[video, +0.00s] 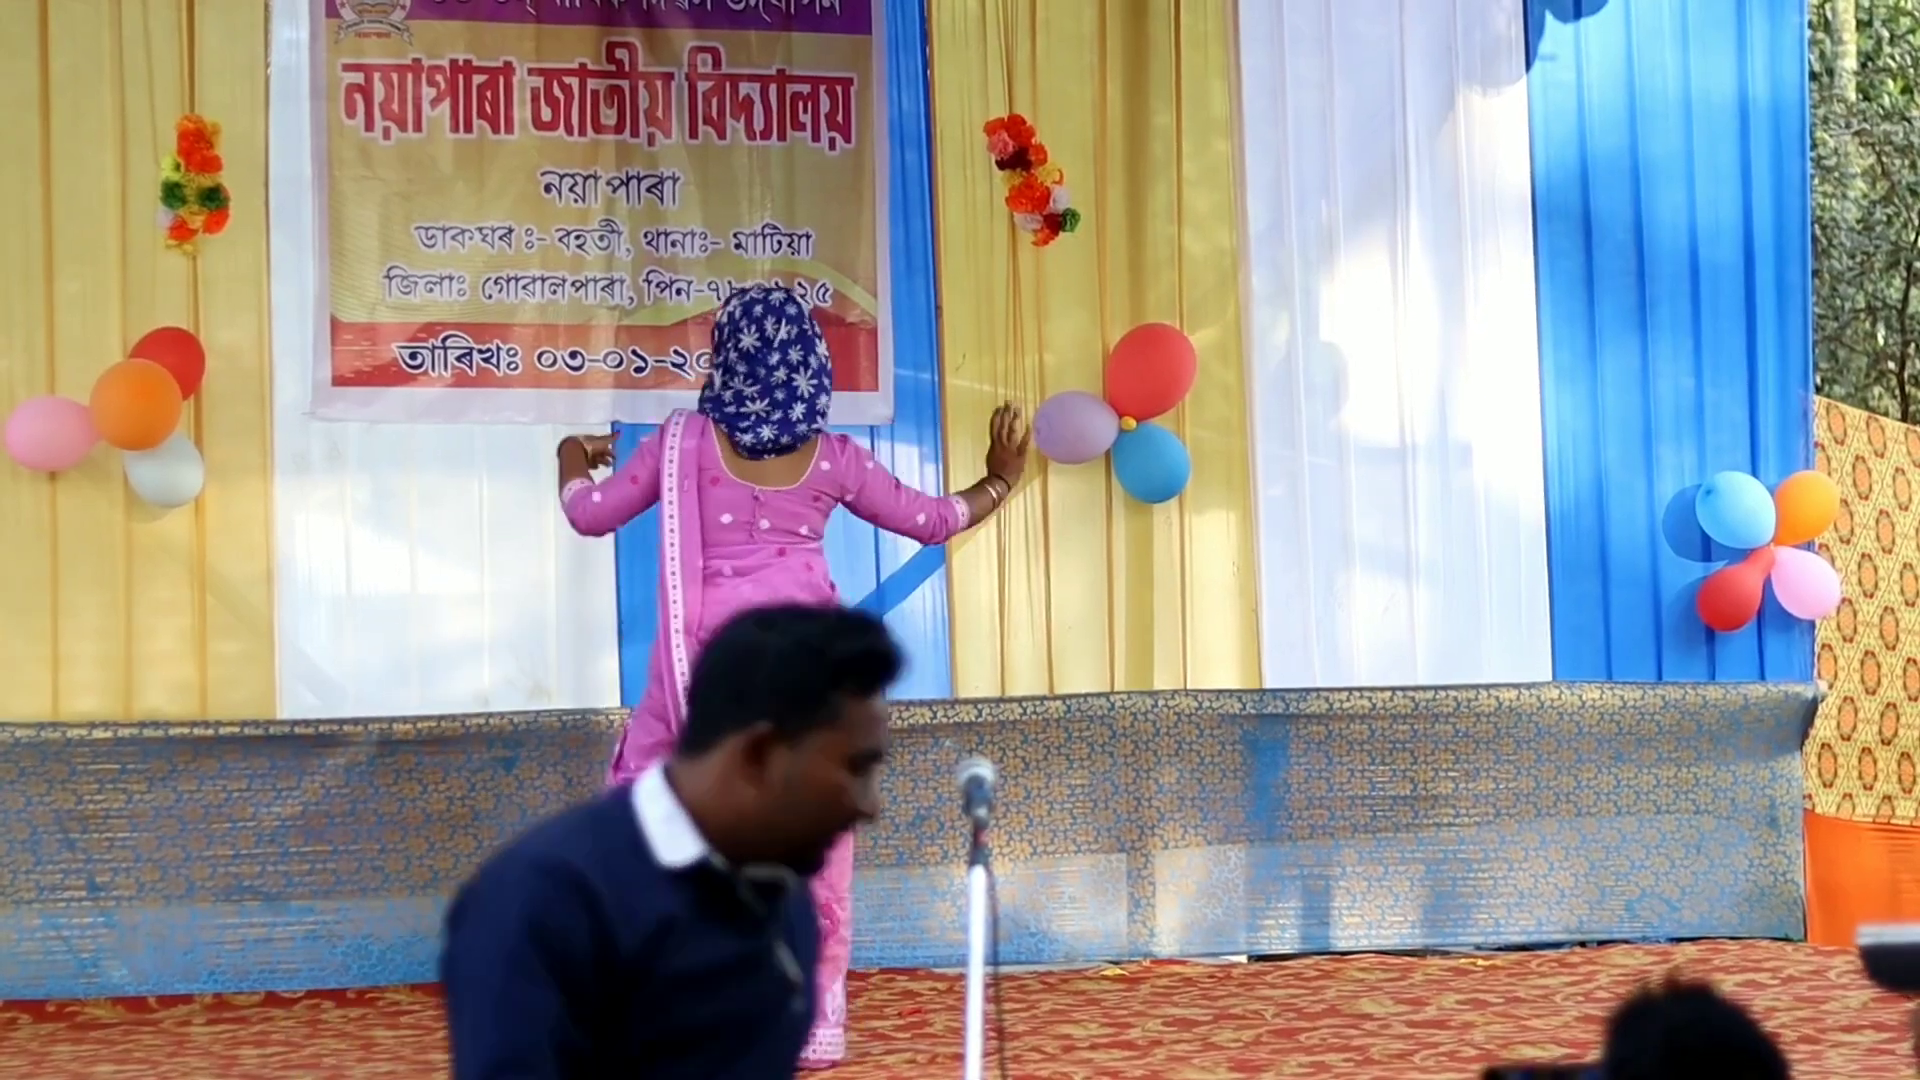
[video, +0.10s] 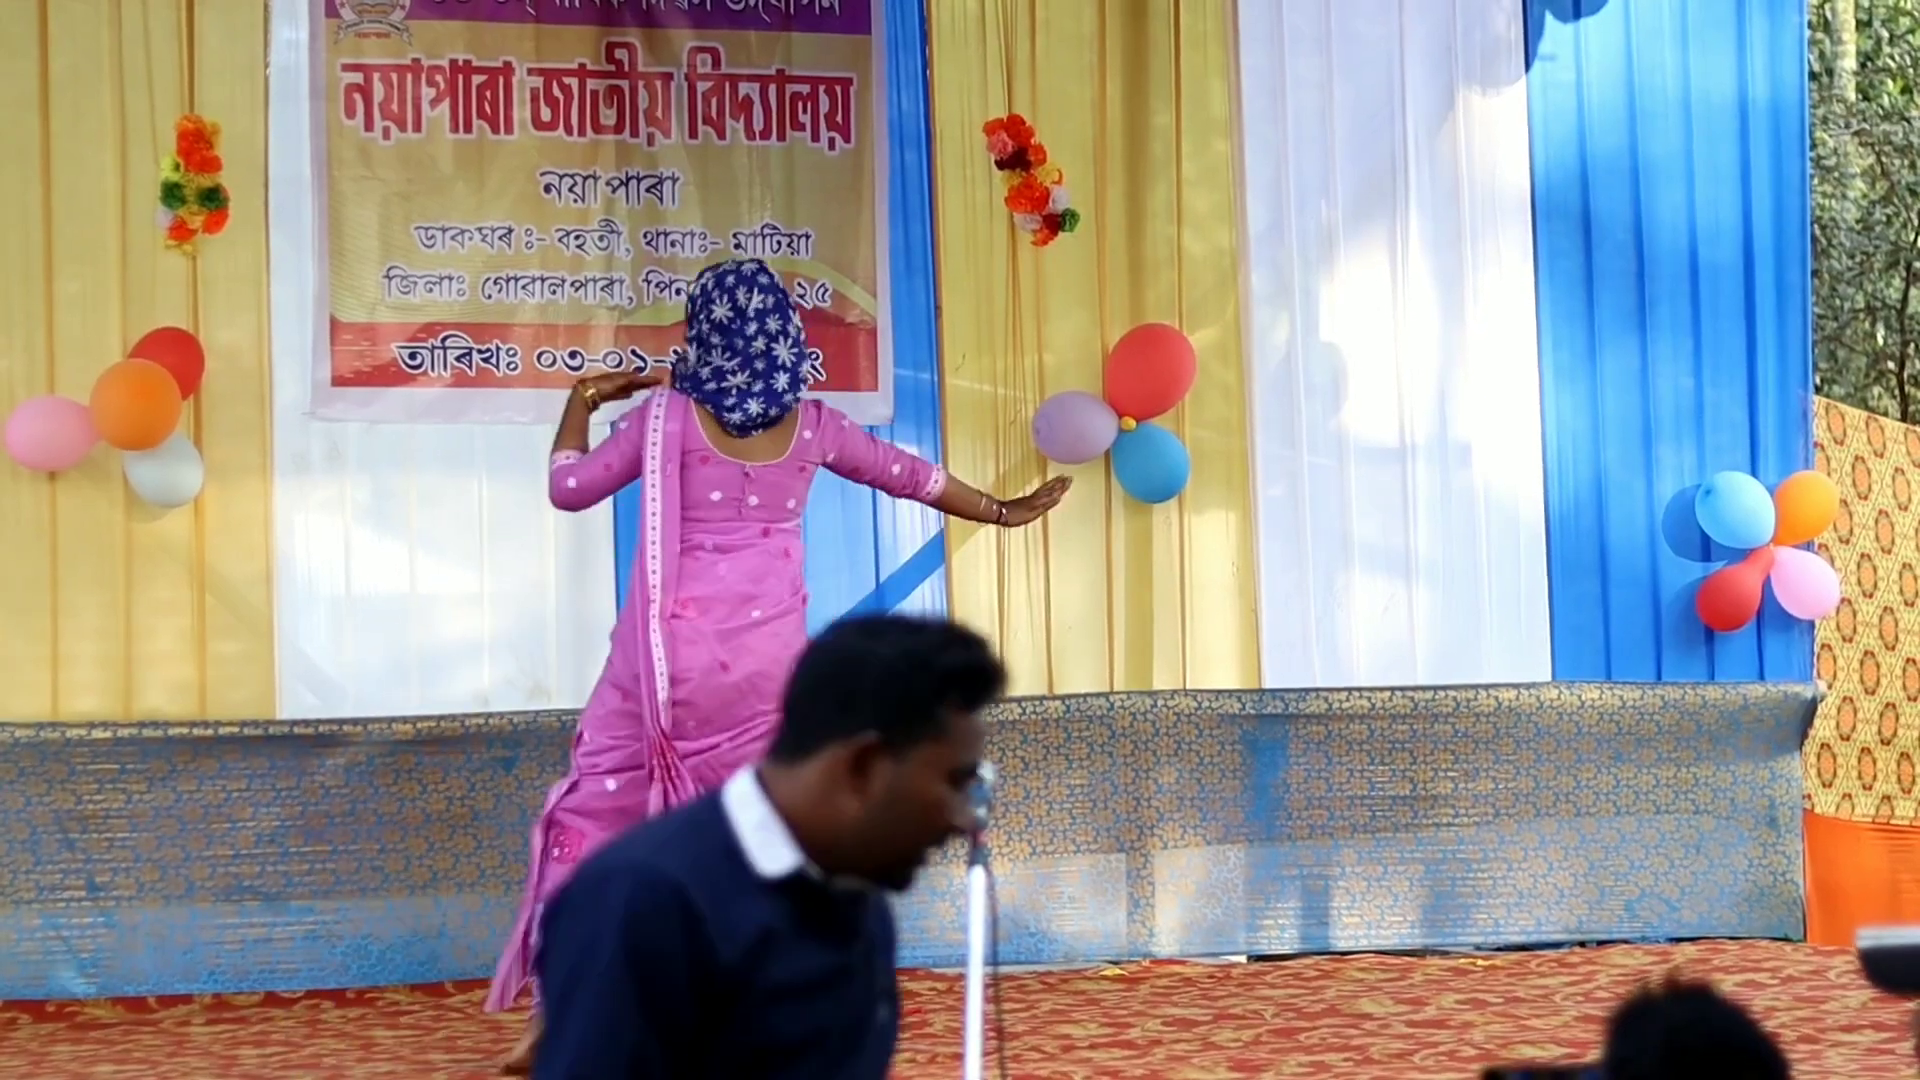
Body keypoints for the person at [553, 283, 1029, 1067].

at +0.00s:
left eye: (716, 352)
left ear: (722, 361)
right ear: (812, 366)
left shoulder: (679, 443)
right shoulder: (832, 458)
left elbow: (590, 514)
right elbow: (934, 519)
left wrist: (572, 467)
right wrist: (1000, 484)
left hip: (694, 671)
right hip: (802, 669)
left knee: (641, 814)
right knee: (819, 838)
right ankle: (816, 1028)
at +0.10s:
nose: (681, 342)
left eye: (690, 329)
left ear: (699, 337)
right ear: (785, 338)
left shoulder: (662, 419)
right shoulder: (814, 425)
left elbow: (569, 488)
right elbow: (908, 474)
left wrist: (578, 401)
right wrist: (1002, 509)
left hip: (662, 650)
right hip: (767, 650)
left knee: (591, 814)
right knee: (757, 828)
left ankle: (566, 1013)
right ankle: (765, 1010)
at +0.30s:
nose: (643, 352)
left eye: (650, 341)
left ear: (657, 351)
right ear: (733, 348)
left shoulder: (627, 435)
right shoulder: (770, 439)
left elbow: (530, 494)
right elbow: (858, 512)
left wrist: (555, 407)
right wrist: (949, 551)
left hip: (624, 660)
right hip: (726, 666)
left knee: (591, 816)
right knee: (714, 835)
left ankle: (589, 1017)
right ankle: (711, 1013)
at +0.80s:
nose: (604, 342)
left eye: (609, 330)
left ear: (616, 338)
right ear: (695, 331)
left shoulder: (601, 421)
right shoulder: (744, 423)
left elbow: (513, 504)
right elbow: (787, 527)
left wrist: (504, 418)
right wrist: (856, 545)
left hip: (622, 650)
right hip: (721, 651)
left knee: (592, 813)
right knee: (731, 822)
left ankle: (584, 1009)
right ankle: (772, 1012)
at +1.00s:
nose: (569, 342)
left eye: (576, 329)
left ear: (583, 338)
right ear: (662, 338)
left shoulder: (562, 421)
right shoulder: (701, 427)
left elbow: (482, 500)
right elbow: (785, 519)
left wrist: (440, 490)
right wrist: (762, 581)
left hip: (568, 655)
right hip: (669, 655)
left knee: (548, 821)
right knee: (696, 824)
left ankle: (554, 1023)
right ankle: (775, 1008)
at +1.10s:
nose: (549, 345)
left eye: (557, 332)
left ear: (567, 343)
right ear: (646, 343)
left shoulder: (548, 422)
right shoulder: (681, 430)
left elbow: (442, 499)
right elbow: (763, 508)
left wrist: (413, 594)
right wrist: (699, 579)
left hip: (561, 656)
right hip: (662, 658)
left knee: (547, 824)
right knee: (677, 824)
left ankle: (553, 1021)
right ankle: (765, 1005)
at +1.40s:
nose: (562, 374)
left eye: (565, 360)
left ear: (569, 369)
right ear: (651, 368)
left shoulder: (554, 457)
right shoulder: (692, 452)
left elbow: (480, 539)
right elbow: (789, 505)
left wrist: (496, 646)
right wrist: (718, 571)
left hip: (584, 683)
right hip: (686, 681)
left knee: (549, 833)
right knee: (710, 829)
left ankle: (557, 1020)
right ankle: (780, 995)